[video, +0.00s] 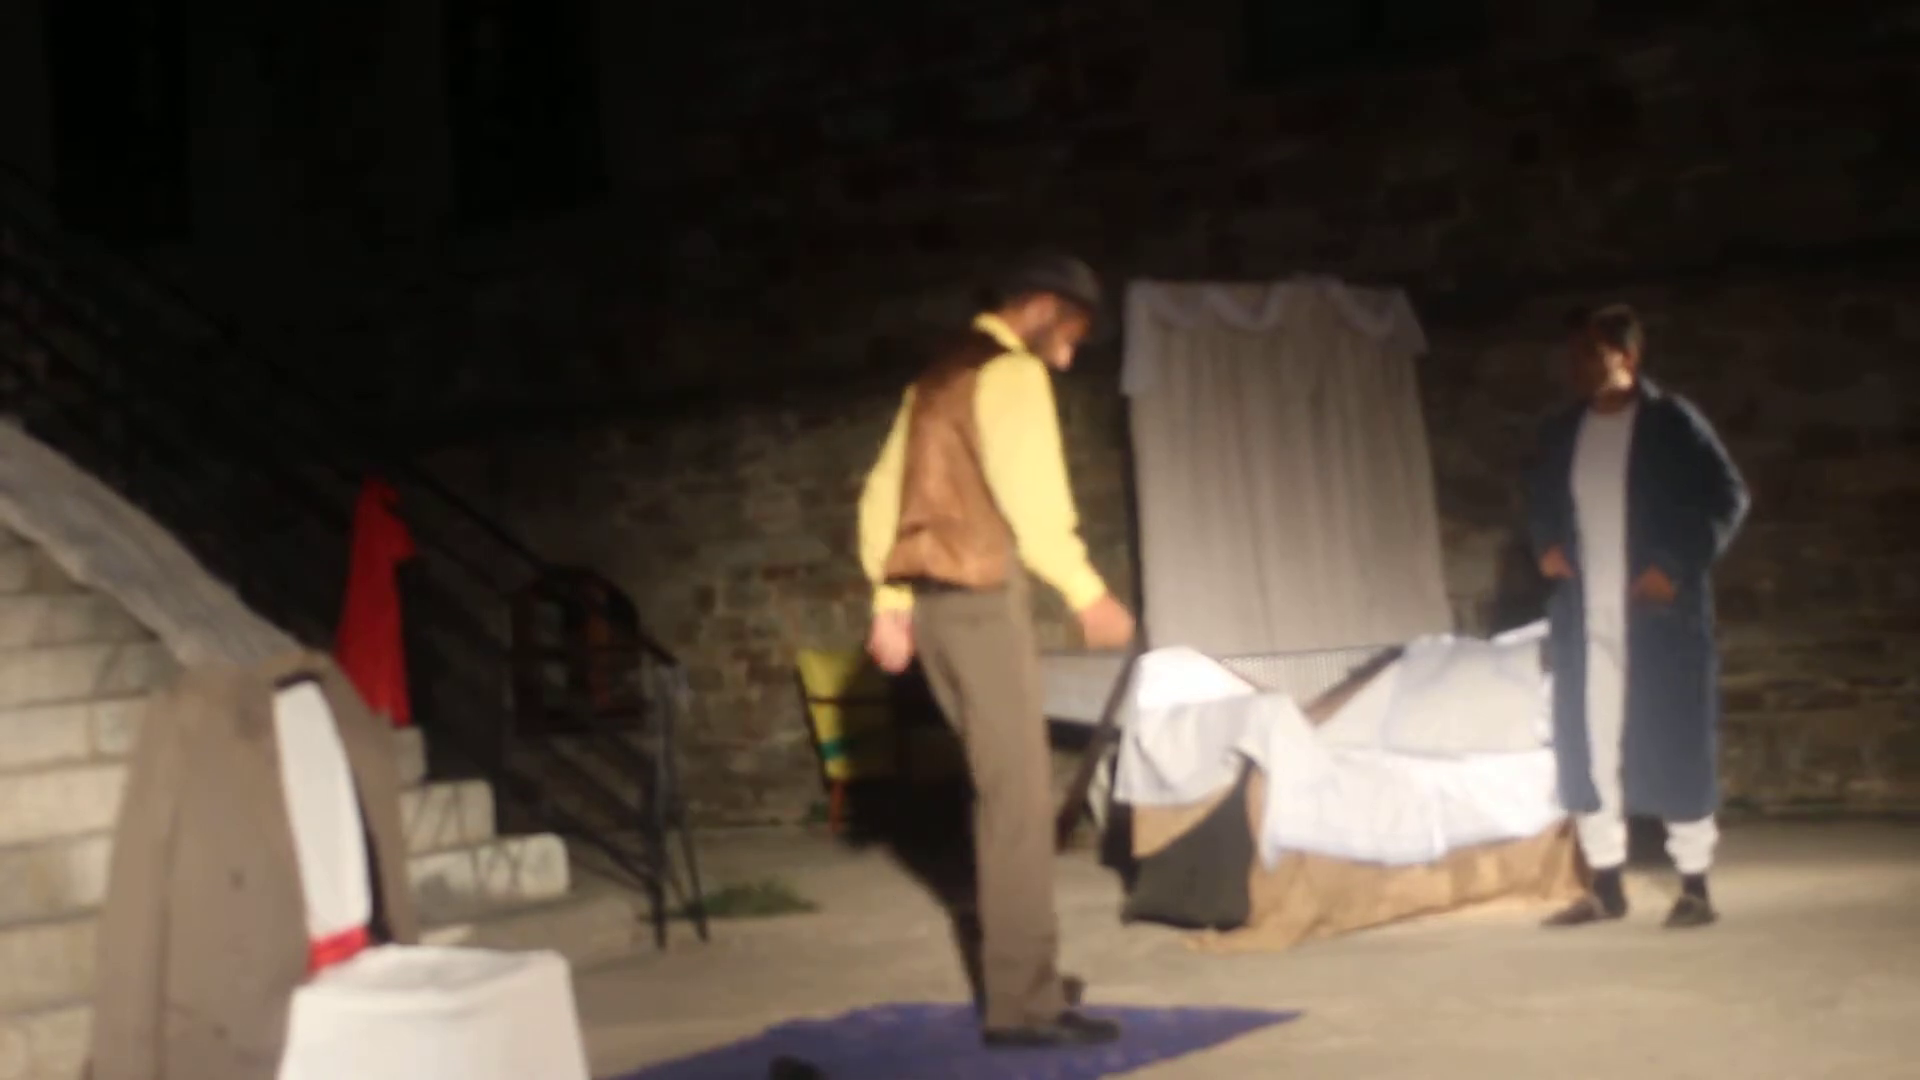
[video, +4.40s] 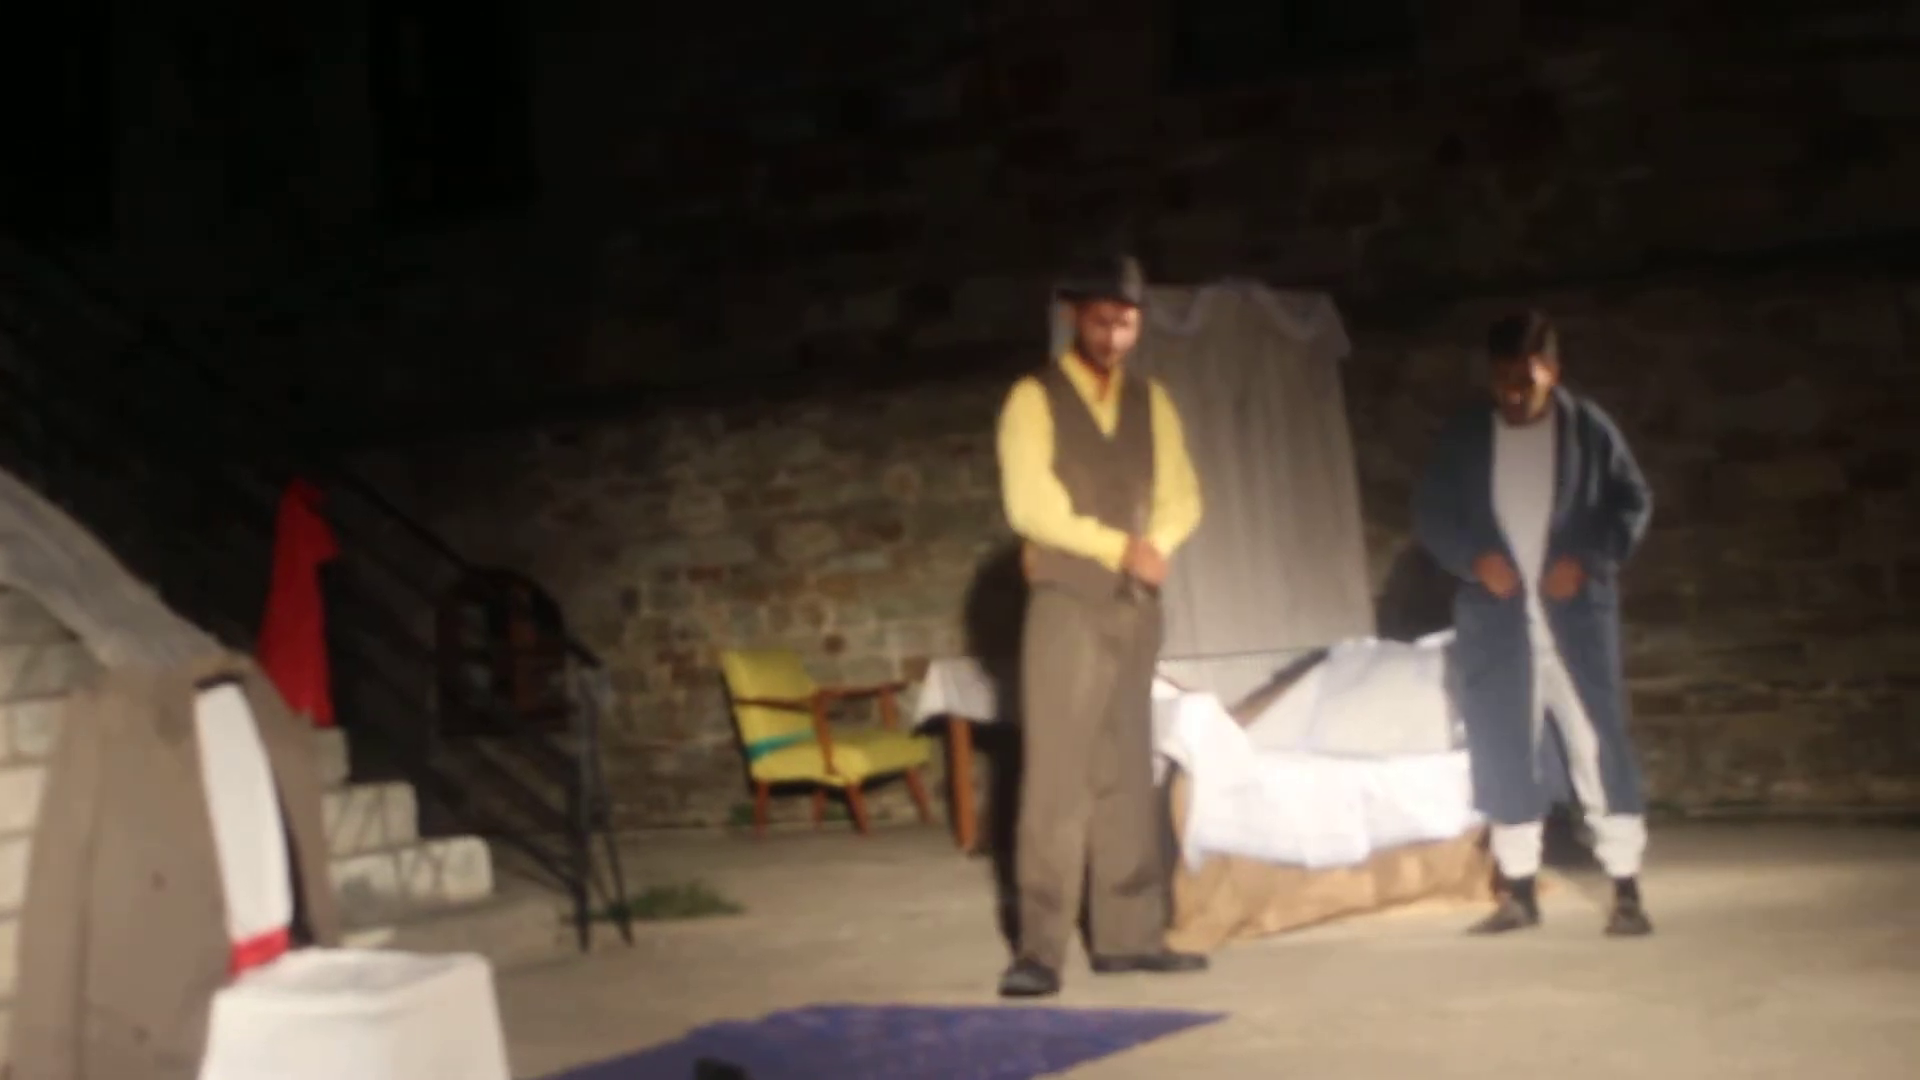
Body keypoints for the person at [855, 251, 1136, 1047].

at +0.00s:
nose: (1069, 355)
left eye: (1076, 341)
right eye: (1071, 335)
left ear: (1017, 309)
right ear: (1041, 309)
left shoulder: (935, 379)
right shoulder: (1014, 374)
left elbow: (883, 489)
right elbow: (1033, 496)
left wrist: (890, 595)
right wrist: (1089, 595)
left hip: (935, 611)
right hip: (983, 609)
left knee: (1002, 792)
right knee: (1018, 795)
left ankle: (1017, 977)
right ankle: (1020, 1002)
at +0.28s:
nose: (1083, 360)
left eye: (1090, 347)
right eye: (1084, 342)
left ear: (1043, 317)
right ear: (1051, 315)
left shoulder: (972, 378)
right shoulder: (1012, 379)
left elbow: (929, 504)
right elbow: (998, 492)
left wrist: (924, 619)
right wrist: (1023, 602)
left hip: (948, 605)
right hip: (986, 606)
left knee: (984, 797)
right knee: (1066, 771)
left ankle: (1015, 974)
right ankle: (1069, 965)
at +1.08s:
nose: (1133, 302)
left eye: (1133, 286)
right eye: (1131, 287)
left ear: (1064, 291)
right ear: (1109, 287)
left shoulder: (1023, 376)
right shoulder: (1085, 371)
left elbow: (997, 498)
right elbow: (1095, 494)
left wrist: (1018, 568)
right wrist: (1127, 605)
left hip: (1034, 600)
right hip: (1077, 601)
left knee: (1070, 788)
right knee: (1097, 790)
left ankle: (1036, 967)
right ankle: (1106, 983)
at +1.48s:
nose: (1133, 295)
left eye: (1129, 280)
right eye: (1126, 281)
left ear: (1066, 296)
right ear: (1107, 289)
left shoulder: (1034, 384)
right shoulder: (1098, 383)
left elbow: (1058, 521)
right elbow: (1145, 500)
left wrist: (1136, 601)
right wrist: (1215, 585)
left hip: (1057, 612)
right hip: (1101, 612)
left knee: (1100, 798)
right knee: (1166, 789)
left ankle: (1097, 974)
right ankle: (1121, 977)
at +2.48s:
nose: (1153, 326)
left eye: (1153, 310)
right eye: (1150, 310)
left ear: (1093, 308)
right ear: (1123, 307)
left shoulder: (1041, 388)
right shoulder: (1108, 386)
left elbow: (1099, 504)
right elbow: (1148, 499)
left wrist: (1196, 544)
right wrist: (1209, 603)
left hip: (1049, 602)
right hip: (1105, 603)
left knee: (1088, 782)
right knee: (1163, 766)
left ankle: (1099, 957)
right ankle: (1120, 957)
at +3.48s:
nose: (1235, 323)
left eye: (1235, 307)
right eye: (1229, 308)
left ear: (1191, 308)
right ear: (1197, 309)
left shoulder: (1165, 389)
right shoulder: (1137, 390)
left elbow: (1156, 509)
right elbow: (1099, 496)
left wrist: (1181, 605)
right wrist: (1134, 593)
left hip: (1171, 608)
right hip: (1144, 609)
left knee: (1185, 771)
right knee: (1146, 777)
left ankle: (1197, 929)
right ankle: (1141, 952)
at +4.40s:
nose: (1116, 330)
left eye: (1127, 317)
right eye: (1103, 316)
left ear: (1139, 323)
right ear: (1073, 317)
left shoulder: (1153, 398)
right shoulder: (1034, 399)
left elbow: (1185, 496)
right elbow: (1030, 509)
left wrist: (1148, 547)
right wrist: (1123, 548)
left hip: (1134, 598)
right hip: (1065, 596)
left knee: (1127, 768)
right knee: (1057, 772)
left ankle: (1128, 938)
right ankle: (1041, 951)